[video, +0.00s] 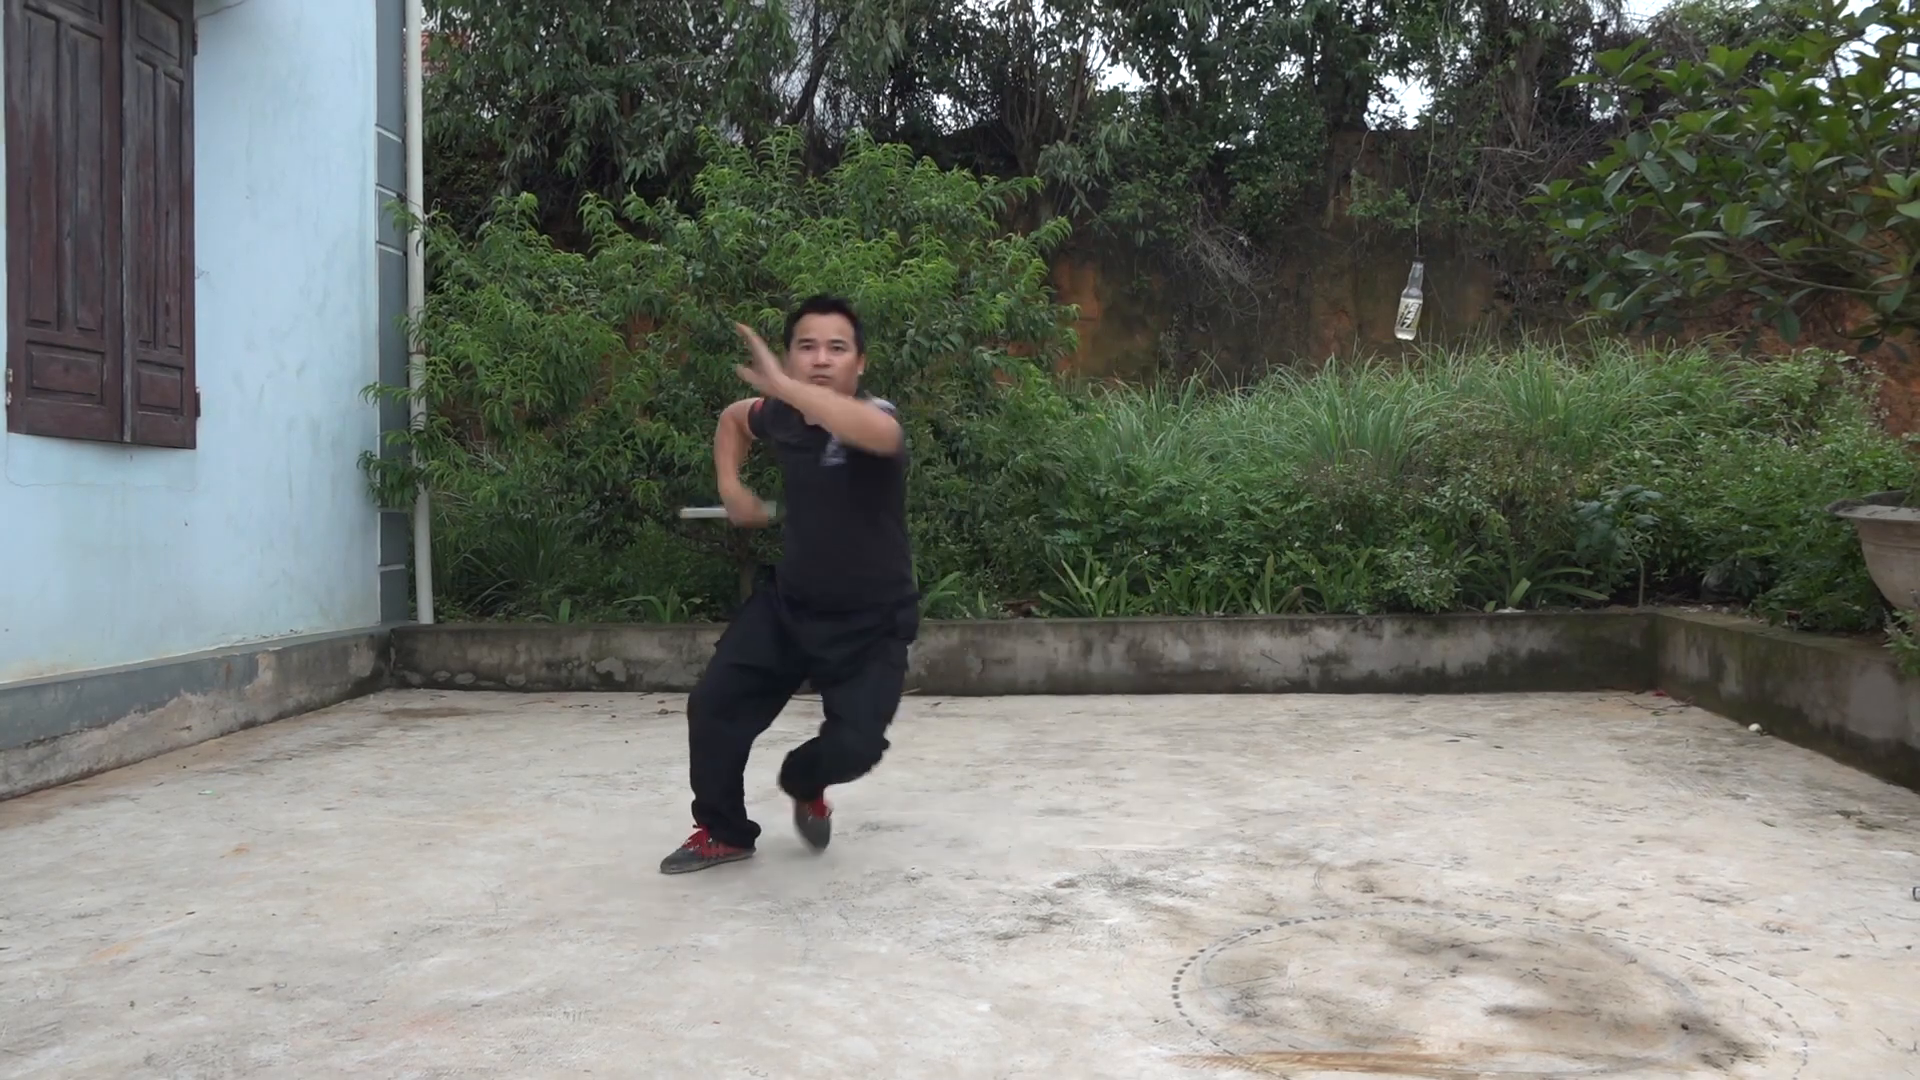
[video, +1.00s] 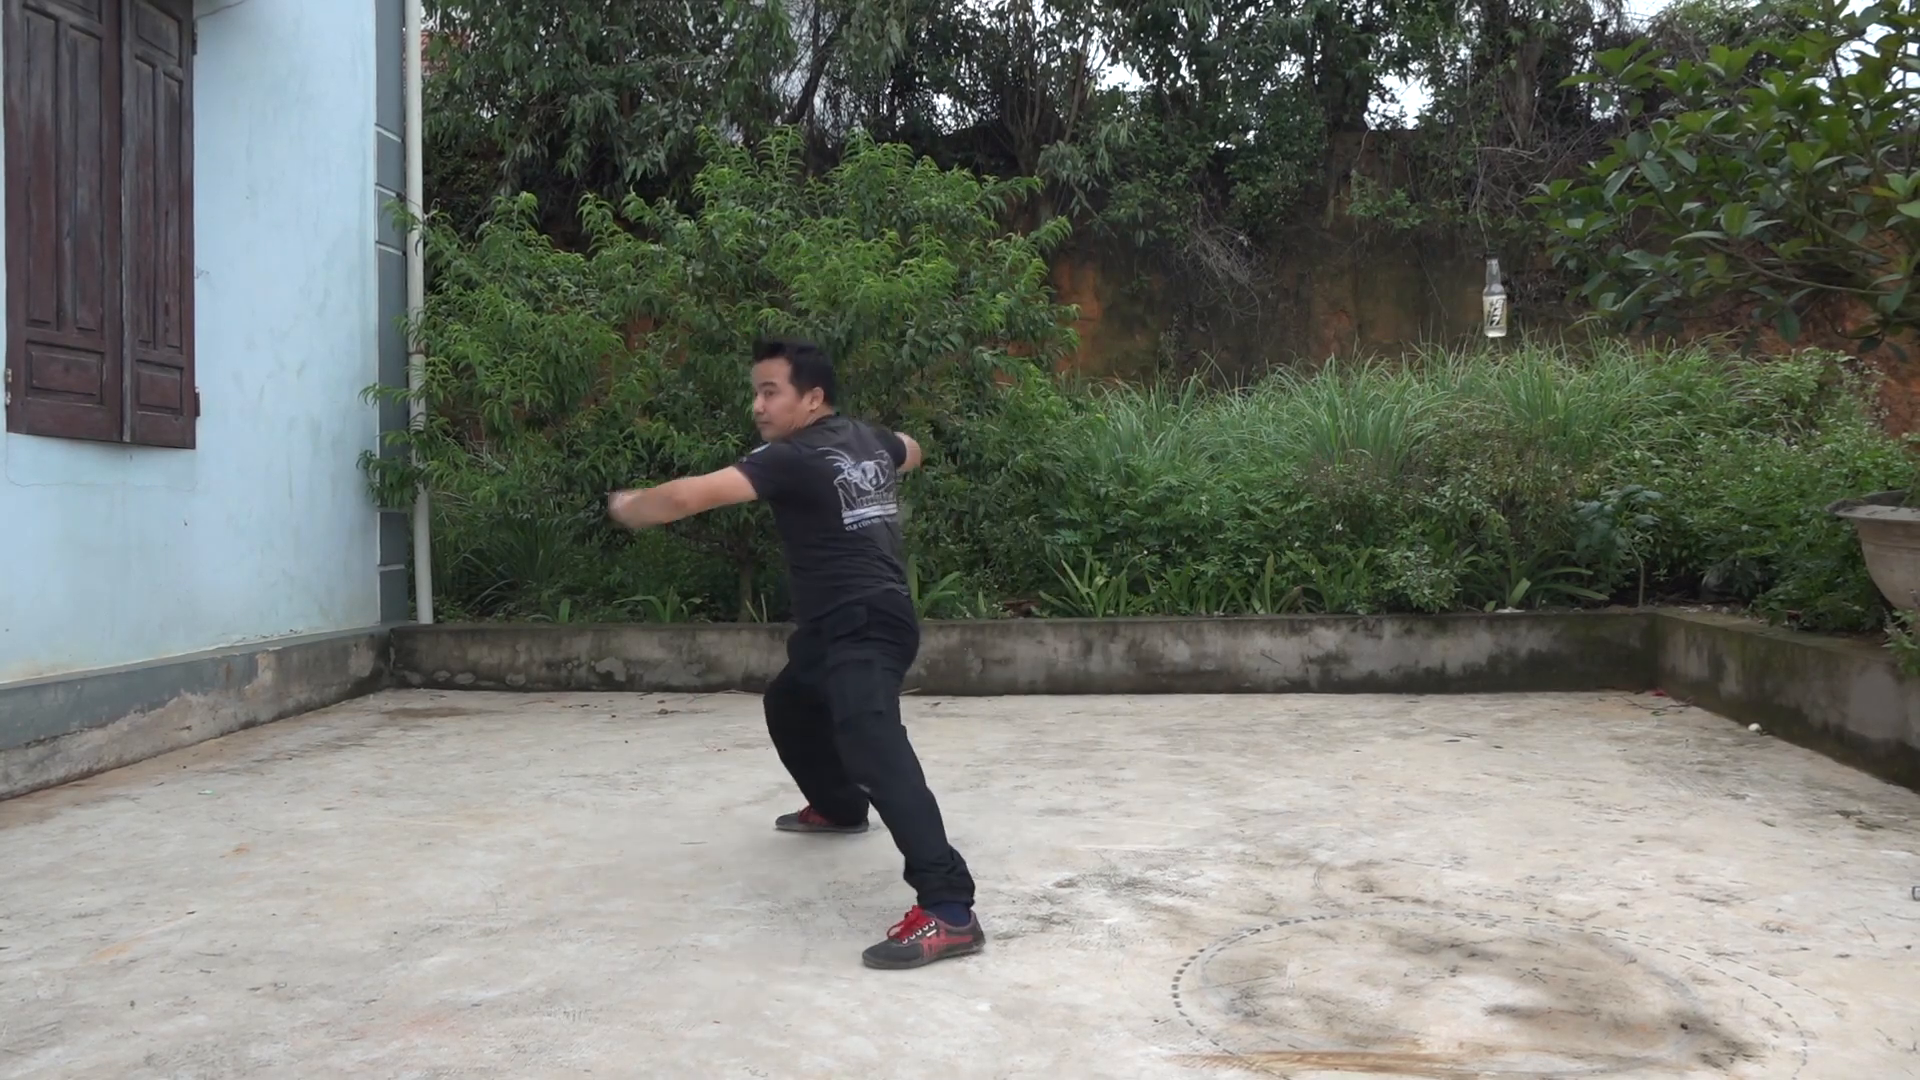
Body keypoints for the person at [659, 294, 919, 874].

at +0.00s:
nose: (821, 358)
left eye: (837, 347)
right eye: (807, 347)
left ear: (859, 363)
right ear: (788, 363)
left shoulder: (877, 412)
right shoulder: (781, 415)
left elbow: (882, 436)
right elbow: (733, 418)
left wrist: (786, 387)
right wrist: (732, 489)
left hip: (871, 617)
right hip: (790, 606)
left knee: (857, 747)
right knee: (714, 707)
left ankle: (803, 779)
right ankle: (724, 830)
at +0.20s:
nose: (799, 326)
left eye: (816, 315)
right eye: (787, 312)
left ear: (840, 329)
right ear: (768, 326)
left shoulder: (862, 383)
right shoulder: (765, 412)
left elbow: (935, 414)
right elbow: (699, 455)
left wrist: (880, 436)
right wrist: (702, 371)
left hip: (864, 595)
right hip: (783, 596)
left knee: (867, 719)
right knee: (718, 709)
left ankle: (890, 890)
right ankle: (726, 830)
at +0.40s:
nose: (830, 310)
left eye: (848, 300)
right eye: (819, 298)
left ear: (880, 319)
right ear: (803, 314)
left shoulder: (913, 407)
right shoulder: (776, 379)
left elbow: (944, 502)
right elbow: (709, 332)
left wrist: (944, 549)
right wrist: (697, 245)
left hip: (880, 602)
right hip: (796, 603)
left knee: (863, 748)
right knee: (788, 737)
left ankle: (887, 915)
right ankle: (824, 822)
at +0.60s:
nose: (811, 293)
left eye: (828, 281)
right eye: (812, 281)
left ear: (875, 297)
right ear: (825, 297)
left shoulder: (923, 380)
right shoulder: (788, 369)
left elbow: (992, 464)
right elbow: (679, 387)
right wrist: (615, 312)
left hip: (878, 587)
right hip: (799, 583)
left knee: (857, 739)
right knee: (785, 713)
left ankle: (881, 918)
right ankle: (805, 817)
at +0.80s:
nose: (783, 317)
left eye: (796, 302)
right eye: (782, 304)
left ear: (842, 309)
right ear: (806, 315)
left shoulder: (864, 378)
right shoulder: (813, 385)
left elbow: (858, 328)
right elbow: (781, 398)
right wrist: (730, 405)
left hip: (866, 581)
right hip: (811, 582)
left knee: (859, 730)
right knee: (805, 697)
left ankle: (929, 899)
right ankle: (827, 789)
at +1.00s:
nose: (757, 404)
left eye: (769, 392)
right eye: (755, 392)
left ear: (813, 398)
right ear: (815, 402)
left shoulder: (794, 456)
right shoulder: (869, 438)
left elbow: (693, 494)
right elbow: (912, 452)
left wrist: (630, 506)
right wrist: (899, 444)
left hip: (862, 624)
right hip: (834, 627)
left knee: (869, 739)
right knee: (789, 705)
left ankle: (950, 909)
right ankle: (840, 806)